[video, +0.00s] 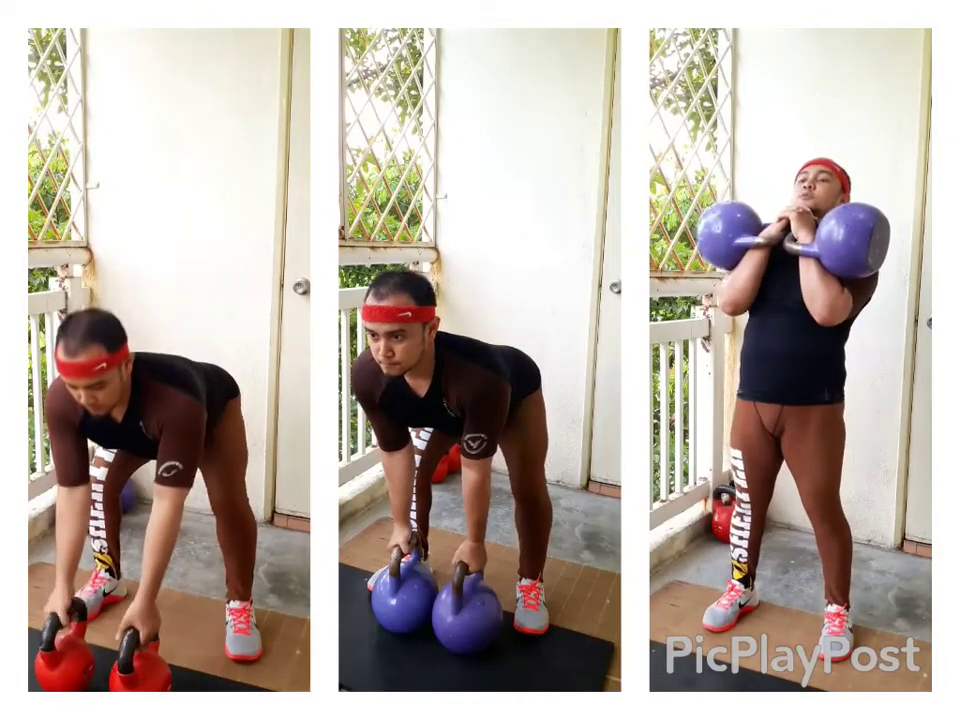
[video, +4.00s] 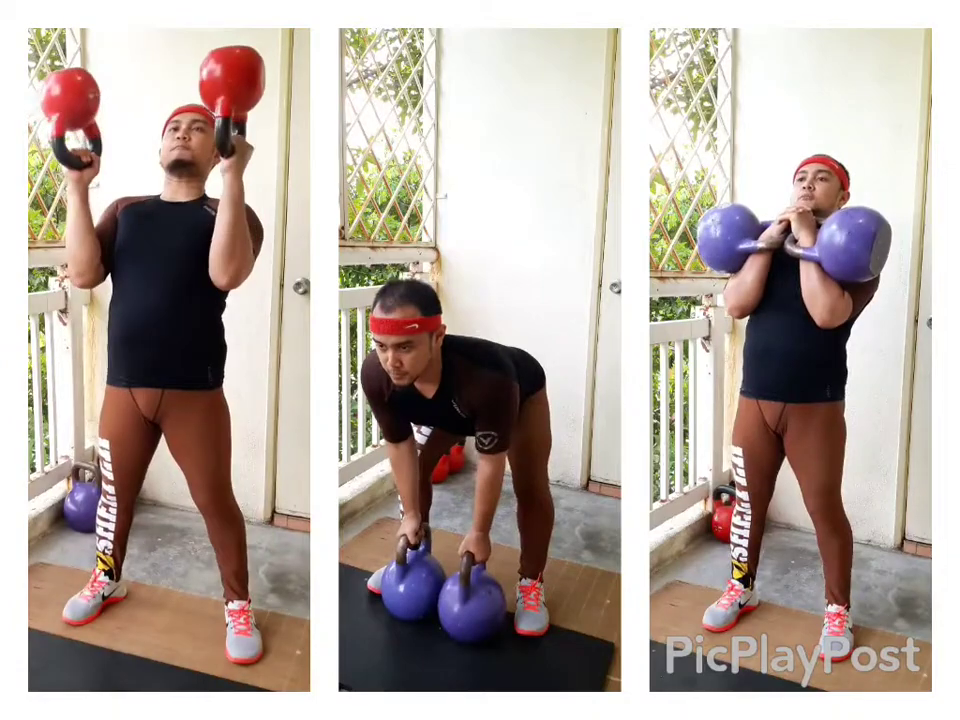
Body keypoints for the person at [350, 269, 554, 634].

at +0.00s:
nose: (383, 350)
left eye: (398, 337)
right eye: (373, 336)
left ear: (431, 330)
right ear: (365, 332)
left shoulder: (479, 381)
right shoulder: (368, 375)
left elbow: (475, 470)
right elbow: (395, 452)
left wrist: (475, 541)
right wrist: (400, 525)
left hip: (510, 388)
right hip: (449, 400)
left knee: (528, 488)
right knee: (418, 469)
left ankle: (530, 582)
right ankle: (414, 552)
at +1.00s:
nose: (377, 355)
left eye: (391, 342)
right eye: (367, 341)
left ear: (425, 332)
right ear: (359, 336)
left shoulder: (473, 381)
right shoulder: (363, 378)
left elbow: (475, 472)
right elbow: (394, 451)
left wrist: (476, 541)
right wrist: (402, 523)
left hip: (511, 389)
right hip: (449, 402)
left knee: (528, 488)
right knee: (418, 473)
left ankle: (531, 582)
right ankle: (413, 554)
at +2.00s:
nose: (390, 345)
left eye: (404, 330)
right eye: (380, 330)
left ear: (436, 322)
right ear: (372, 326)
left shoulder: (485, 371)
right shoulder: (375, 368)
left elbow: (504, 447)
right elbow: (399, 432)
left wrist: (481, 523)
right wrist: (404, 500)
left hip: (512, 397)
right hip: (448, 406)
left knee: (529, 489)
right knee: (410, 473)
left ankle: (529, 584)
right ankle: (406, 561)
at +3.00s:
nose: (394, 326)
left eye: (407, 311)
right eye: (384, 311)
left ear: (440, 303)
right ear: (377, 306)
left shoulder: (487, 341)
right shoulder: (378, 346)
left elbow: (532, 402)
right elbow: (398, 397)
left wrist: (493, 473)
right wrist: (406, 458)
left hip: (513, 404)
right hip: (452, 406)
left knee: (534, 486)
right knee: (408, 474)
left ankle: (531, 580)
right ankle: (411, 558)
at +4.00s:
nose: (392, 361)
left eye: (405, 348)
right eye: (382, 347)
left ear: (437, 338)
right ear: (374, 343)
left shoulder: (487, 380)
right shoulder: (376, 375)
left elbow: (491, 463)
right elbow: (399, 447)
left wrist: (479, 533)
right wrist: (410, 514)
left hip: (516, 390)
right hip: (449, 399)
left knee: (531, 486)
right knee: (416, 468)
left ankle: (531, 583)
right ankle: (410, 562)